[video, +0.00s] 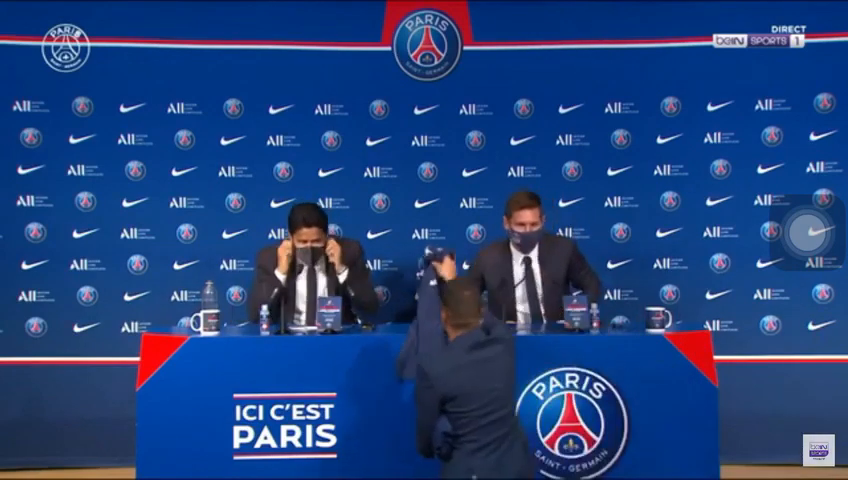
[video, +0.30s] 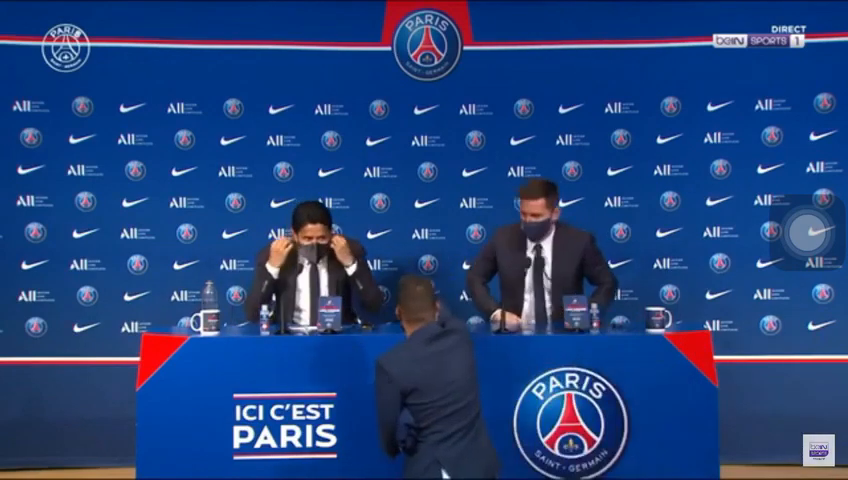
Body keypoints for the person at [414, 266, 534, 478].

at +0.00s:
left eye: (440, 309)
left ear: (444, 315)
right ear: (482, 311)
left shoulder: (435, 368)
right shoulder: (504, 344)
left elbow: (425, 444)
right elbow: (481, 312)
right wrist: (453, 281)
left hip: (467, 461)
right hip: (515, 458)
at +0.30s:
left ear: (398, 313)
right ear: (436, 307)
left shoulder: (391, 364)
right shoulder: (460, 336)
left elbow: (390, 441)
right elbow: (445, 314)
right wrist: (437, 306)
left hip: (428, 465)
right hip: (478, 460)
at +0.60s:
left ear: (377, 314)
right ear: (414, 307)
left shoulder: (371, 365)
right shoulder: (442, 332)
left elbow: (373, 442)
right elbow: (433, 316)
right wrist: (424, 303)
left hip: (412, 464)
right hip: (462, 459)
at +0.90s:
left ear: (376, 312)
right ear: (415, 305)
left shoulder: (368, 365)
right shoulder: (443, 332)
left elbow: (369, 438)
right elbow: (471, 325)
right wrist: (434, 309)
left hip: (408, 464)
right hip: (459, 459)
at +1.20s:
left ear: (380, 310)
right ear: (417, 303)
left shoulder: (369, 362)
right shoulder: (445, 329)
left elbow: (369, 436)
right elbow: (464, 324)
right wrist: (424, 319)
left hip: (406, 463)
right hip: (458, 459)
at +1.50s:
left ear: (378, 309)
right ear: (416, 302)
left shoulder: (365, 361)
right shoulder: (444, 331)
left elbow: (365, 433)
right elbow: (470, 334)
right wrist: (427, 317)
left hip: (403, 462)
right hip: (454, 458)